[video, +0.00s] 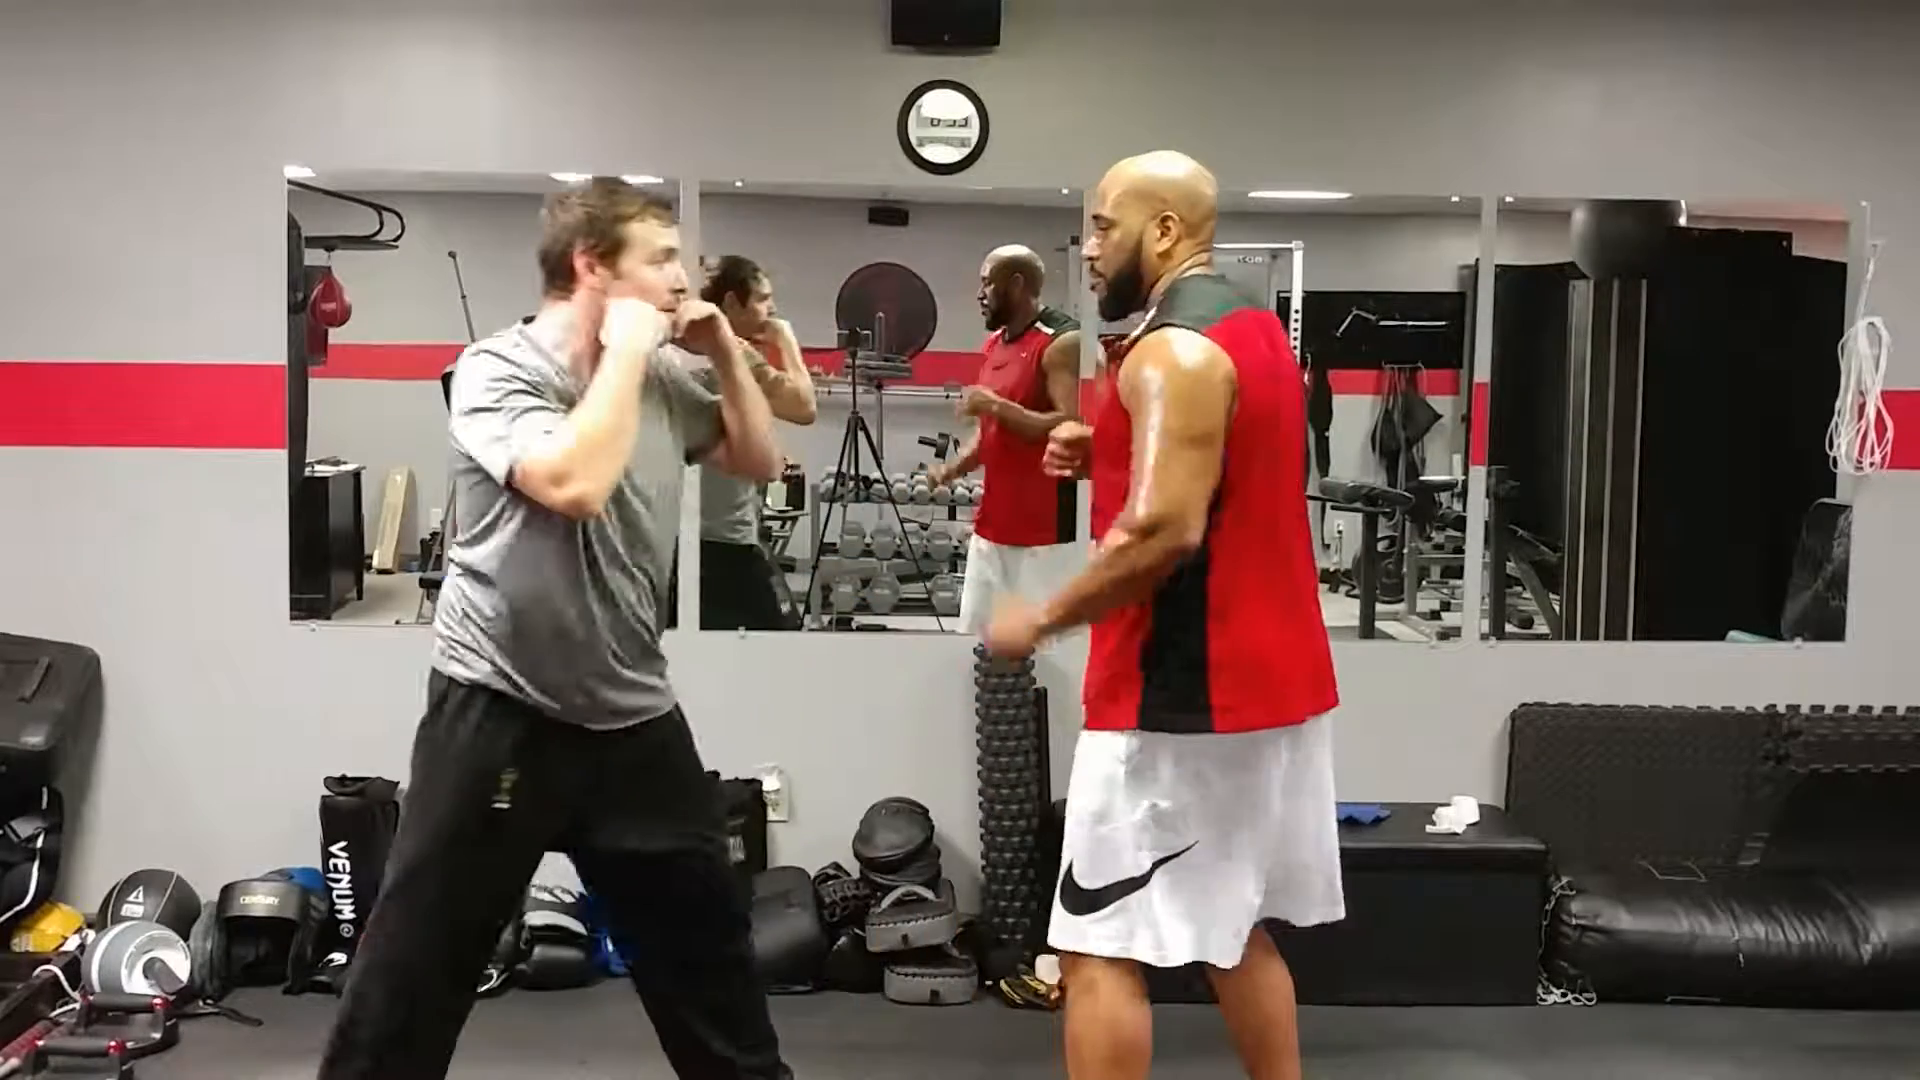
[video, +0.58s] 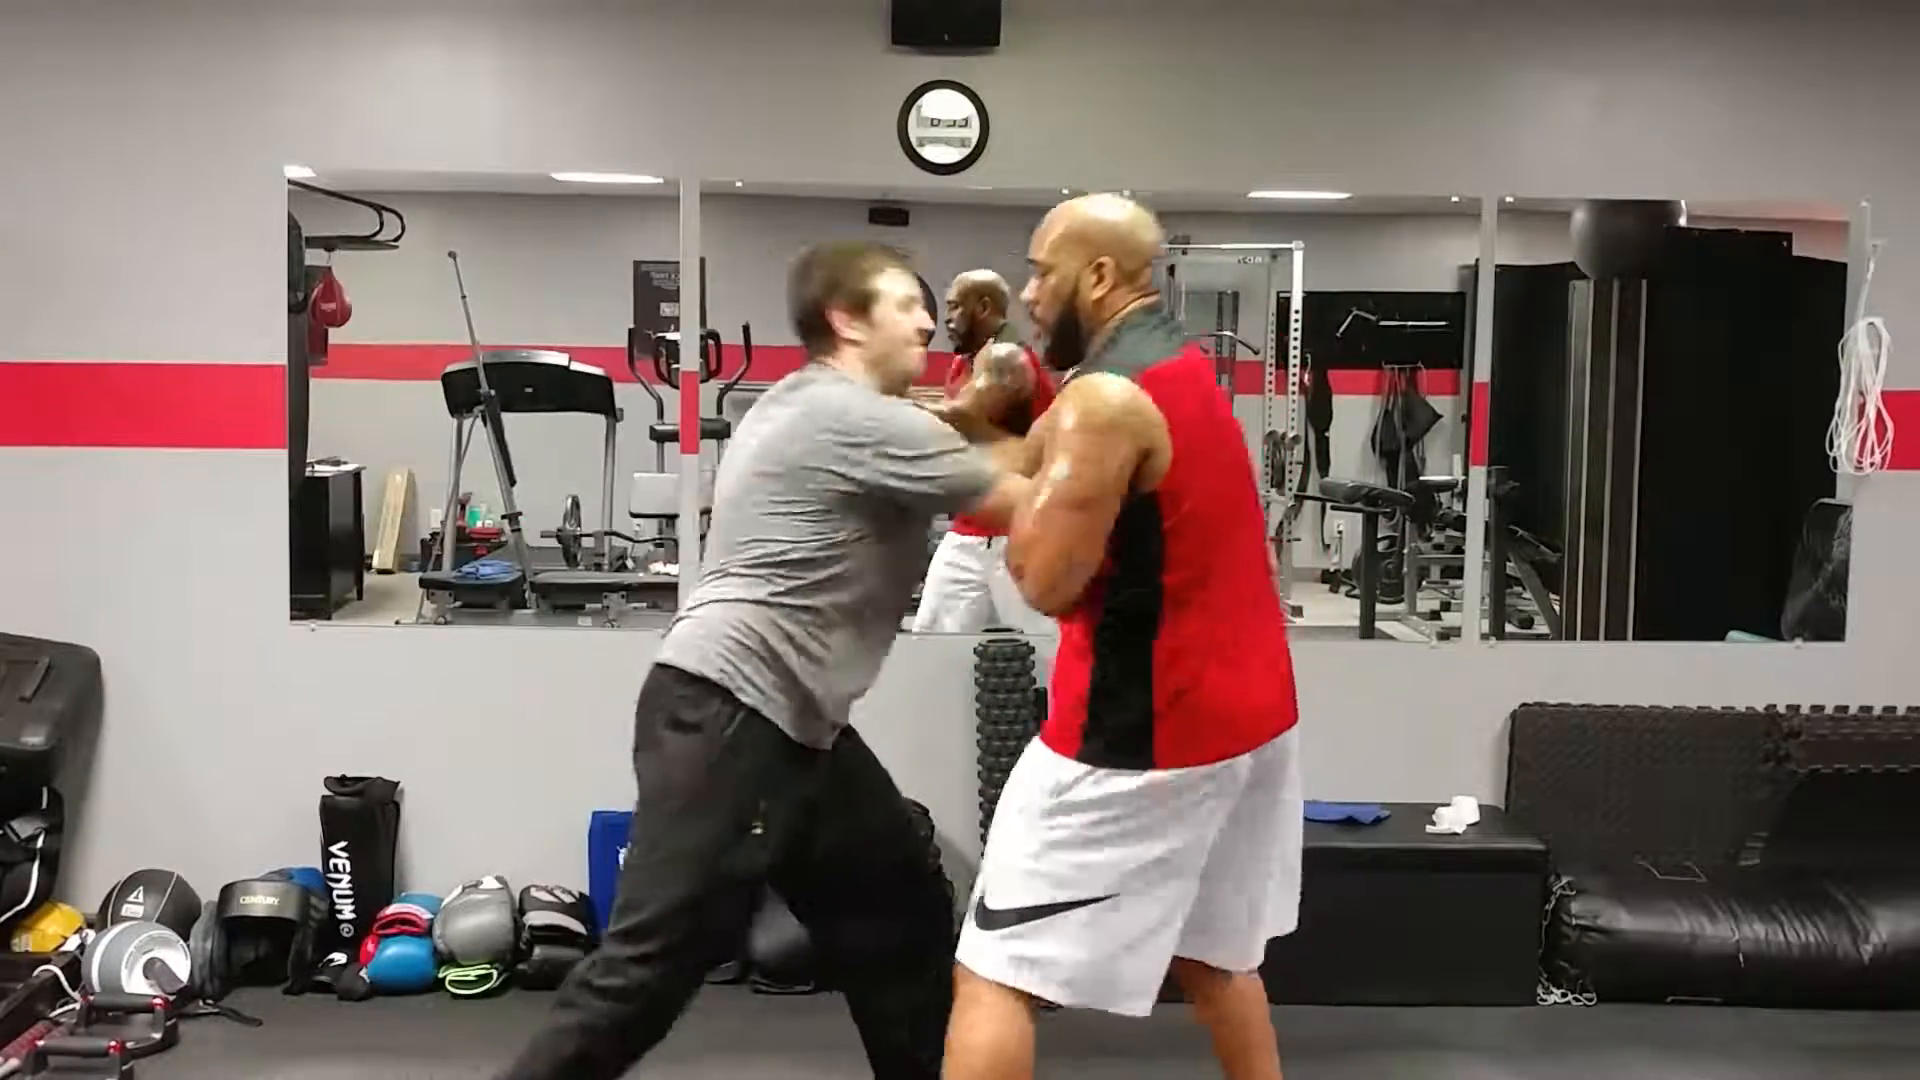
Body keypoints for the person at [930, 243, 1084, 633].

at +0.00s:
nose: (980, 294)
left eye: (988, 284)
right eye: (981, 284)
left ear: (1020, 285)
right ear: (1014, 286)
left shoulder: (1061, 345)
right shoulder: (997, 345)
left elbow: (1071, 426)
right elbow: (994, 433)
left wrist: (998, 407)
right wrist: (955, 468)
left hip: (1045, 532)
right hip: (994, 525)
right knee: (994, 646)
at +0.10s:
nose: (985, 292)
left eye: (993, 282)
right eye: (985, 283)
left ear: (1026, 284)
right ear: (1017, 286)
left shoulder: (1064, 342)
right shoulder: (1000, 341)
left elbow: (1079, 418)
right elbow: (968, 413)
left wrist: (1002, 404)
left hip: (1056, 527)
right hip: (999, 524)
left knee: (1053, 656)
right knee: (983, 643)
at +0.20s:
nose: (991, 291)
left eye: (1001, 281)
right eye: (992, 281)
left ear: (1034, 286)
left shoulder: (1068, 342)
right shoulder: (987, 340)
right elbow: (937, 370)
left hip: (1051, 533)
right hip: (994, 527)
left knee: (1052, 658)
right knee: (983, 646)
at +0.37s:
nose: (984, 293)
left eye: (994, 283)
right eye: (985, 283)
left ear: (1025, 286)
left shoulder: (1049, 318)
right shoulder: (985, 338)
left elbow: (1063, 351)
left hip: (1041, 519)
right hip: (984, 514)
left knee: (1053, 643)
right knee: (952, 633)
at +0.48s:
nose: (968, 306)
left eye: (976, 296)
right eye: (967, 296)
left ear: (1007, 297)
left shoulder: (1031, 335)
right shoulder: (975, 352)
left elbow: (991, 374)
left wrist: (897, 391)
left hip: (1034, 523)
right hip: (977, 521)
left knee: (1042, 659)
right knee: (942, 640)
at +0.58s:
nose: (948, 318)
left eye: (955, 307)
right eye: (947, 308)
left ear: (984, 309)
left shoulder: (1009, 362)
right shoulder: (963, 363)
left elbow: (962, 417)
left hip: (1015, 531)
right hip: (966, 527)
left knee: (1039, 653)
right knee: (934, 647)